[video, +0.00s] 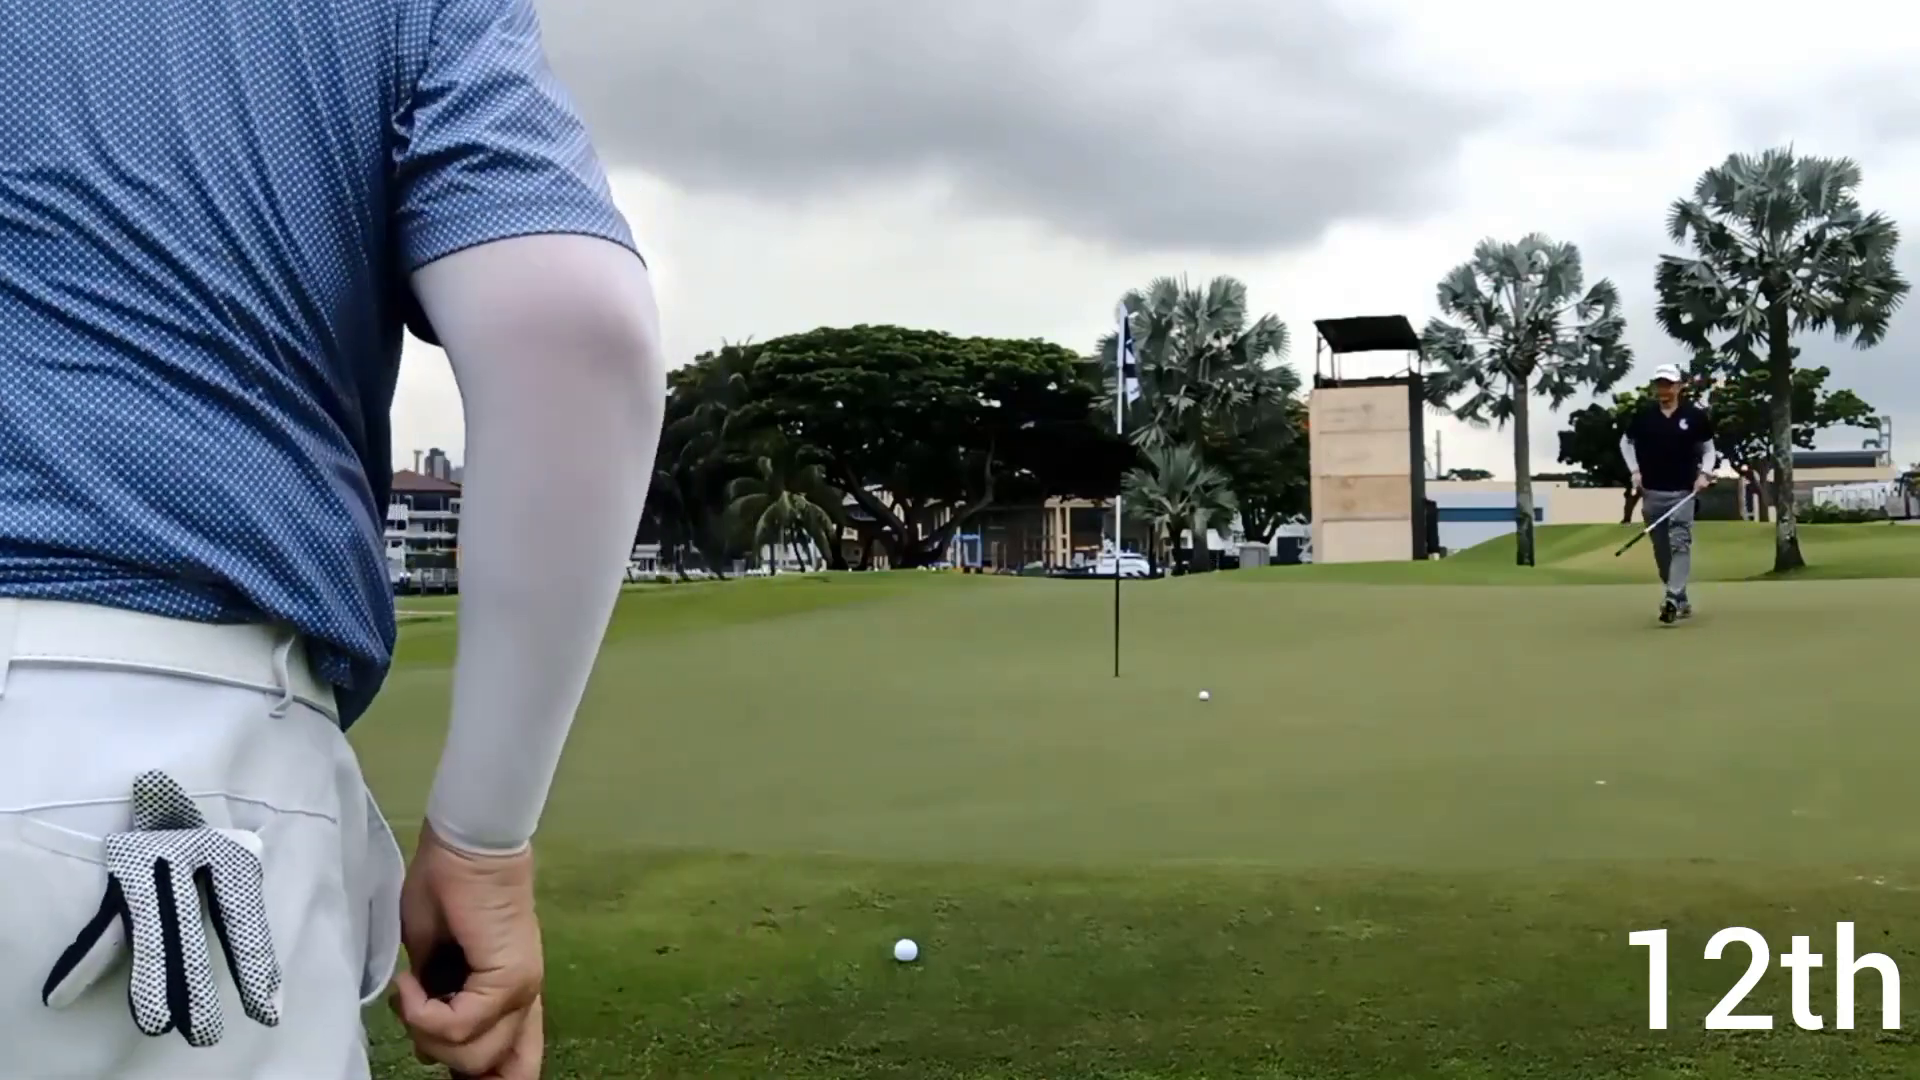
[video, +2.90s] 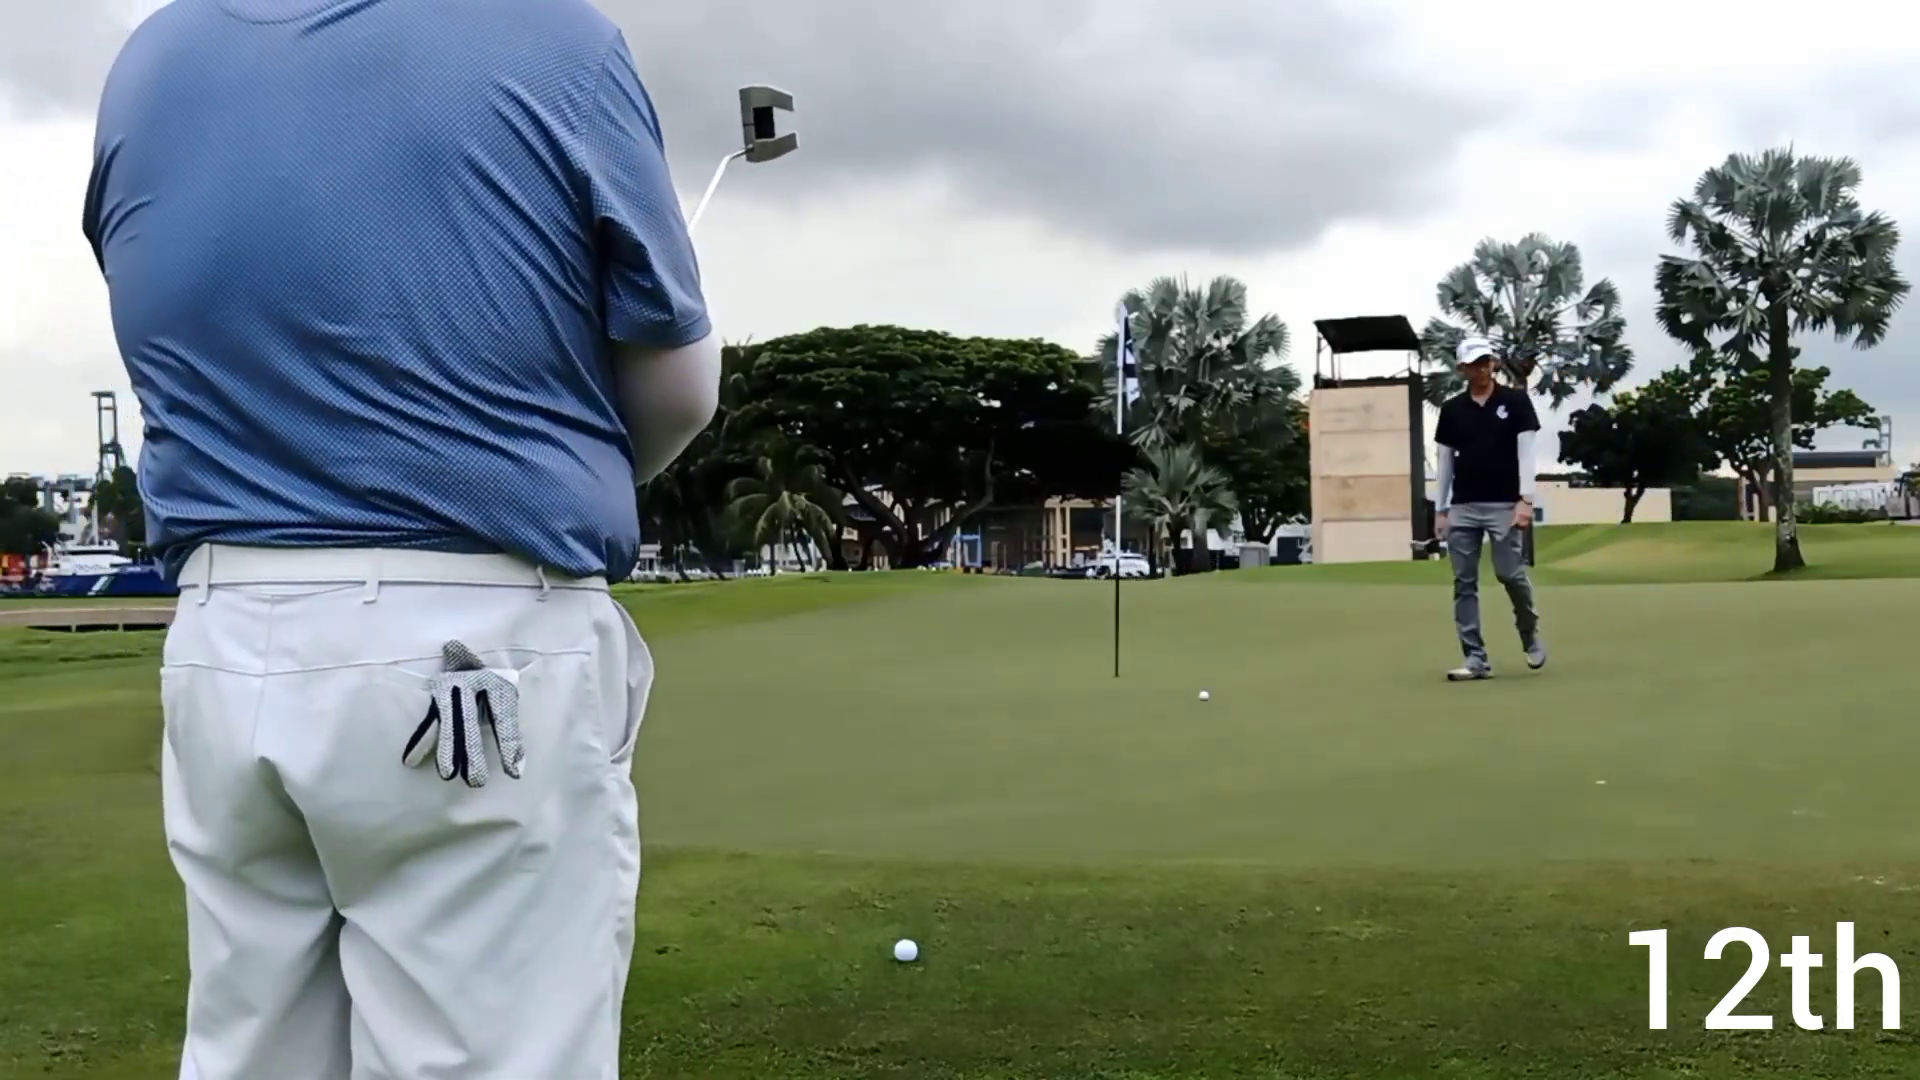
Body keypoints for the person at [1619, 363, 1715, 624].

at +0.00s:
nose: (1664, 389)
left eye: (1669, 384)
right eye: (1660, 384)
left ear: (1679, 386)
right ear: (1655, 386)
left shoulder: (1695, 416)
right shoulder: (1644, 416)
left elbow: (1709, 450)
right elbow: (1626, 443)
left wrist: (1704, 474)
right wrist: (1635, 471)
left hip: (1682, 492)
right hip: (1652, 493)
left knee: (1679, 543)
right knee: (1661, 548)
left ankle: (1672, 598)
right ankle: (1678, 597)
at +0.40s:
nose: (1640, 385)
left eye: (1645, 380)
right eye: (1636, 380)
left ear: (1657, 381)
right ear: (1632, 383)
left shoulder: (1675, 412)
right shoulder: (1626, 413)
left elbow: (1696, 448)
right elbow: (1617, 443)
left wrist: (1678, 469)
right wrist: (1615, 468)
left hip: (1662, 492)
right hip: (1630, 491)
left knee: (1666, 550)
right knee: (1624, 546)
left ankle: (1664, 609)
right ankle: (1631, 610)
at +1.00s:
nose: (1603, 388)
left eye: (1608, 382)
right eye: (1598, 383)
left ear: (1620, 383)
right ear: (1593, 385)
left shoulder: (1640, 414)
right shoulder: (1582, 418)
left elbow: (1662, 454)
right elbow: (1563, 455)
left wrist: (1640, 463)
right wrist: (1589, 468)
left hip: (1628, 499)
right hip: (1595, 500)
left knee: (1623, 554)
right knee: (1603, 562)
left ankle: (1620, 616)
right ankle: (1617, 617)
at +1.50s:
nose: (1588, 380)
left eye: (1594, 374)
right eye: (1583, 374)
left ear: (1603, 377)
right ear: (1576, 378)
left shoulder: (1620, 412)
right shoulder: (1563, 413)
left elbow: (1636, 455)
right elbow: (1550, 453)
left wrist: (1597, 468)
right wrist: (1559, 472)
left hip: (1609, 504)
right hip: (1572, 502)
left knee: (1612, 566)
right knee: (1566, 556)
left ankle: (1608, 629)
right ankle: (1569, 630)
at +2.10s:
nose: (1537, 382)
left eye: (1543, 376)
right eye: (1533, 377)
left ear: (1559, 375)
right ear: (1529, 379)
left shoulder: (1583, 414)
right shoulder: (1520, 416)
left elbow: (1600, 456)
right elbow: (1506, 456)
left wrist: (1585, 476)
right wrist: (1509, 482)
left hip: (1567, 507)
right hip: (1532, 508)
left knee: (1568, 569)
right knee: (1545, 576)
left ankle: (1565, 635)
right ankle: (1563, 636)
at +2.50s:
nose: (1508, 376)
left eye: (1514, 369)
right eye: (1505, 370)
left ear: (1532, 367)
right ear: (1504, 371)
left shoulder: (1556, 402)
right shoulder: (1501, 407)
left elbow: (1580, 450)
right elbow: (1492, 455)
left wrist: (1551, 466)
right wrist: (1482, 500)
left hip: (1544, 507)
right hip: (1504, 505)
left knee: (1551, 577)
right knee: (1495, 565)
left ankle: (1552, 647)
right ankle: (1516, 640)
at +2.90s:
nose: (1482, 369)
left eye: (1486, 362)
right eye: (1474, 364)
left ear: (1494, 363)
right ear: (1462, 370)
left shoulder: (1515, 402)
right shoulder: (1451, 410)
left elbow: (1527, 454)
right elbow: (1444, 464)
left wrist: (1526, 500)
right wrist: (1440, 510)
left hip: (1505, 507)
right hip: (1463, 509)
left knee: (1509, 574)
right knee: (1464, 584)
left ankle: (1529, 632)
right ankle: (1474, 658)